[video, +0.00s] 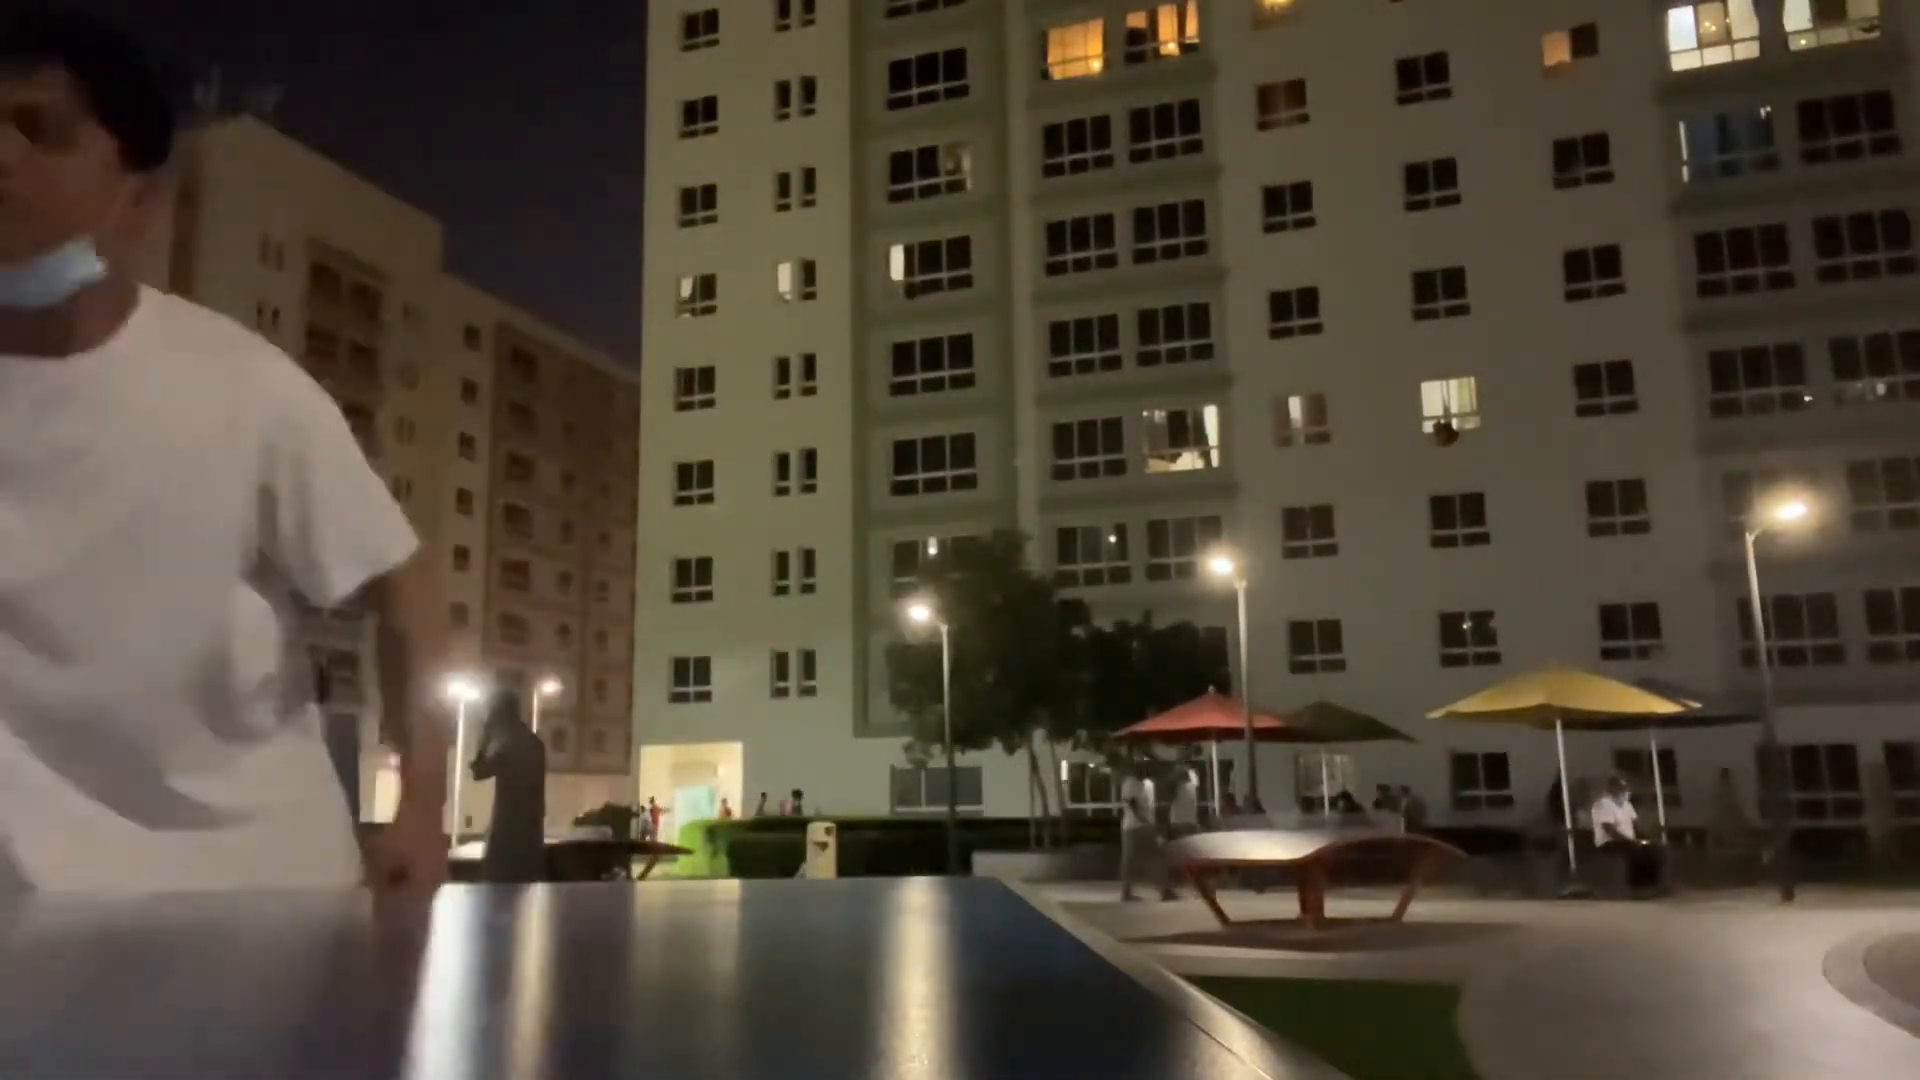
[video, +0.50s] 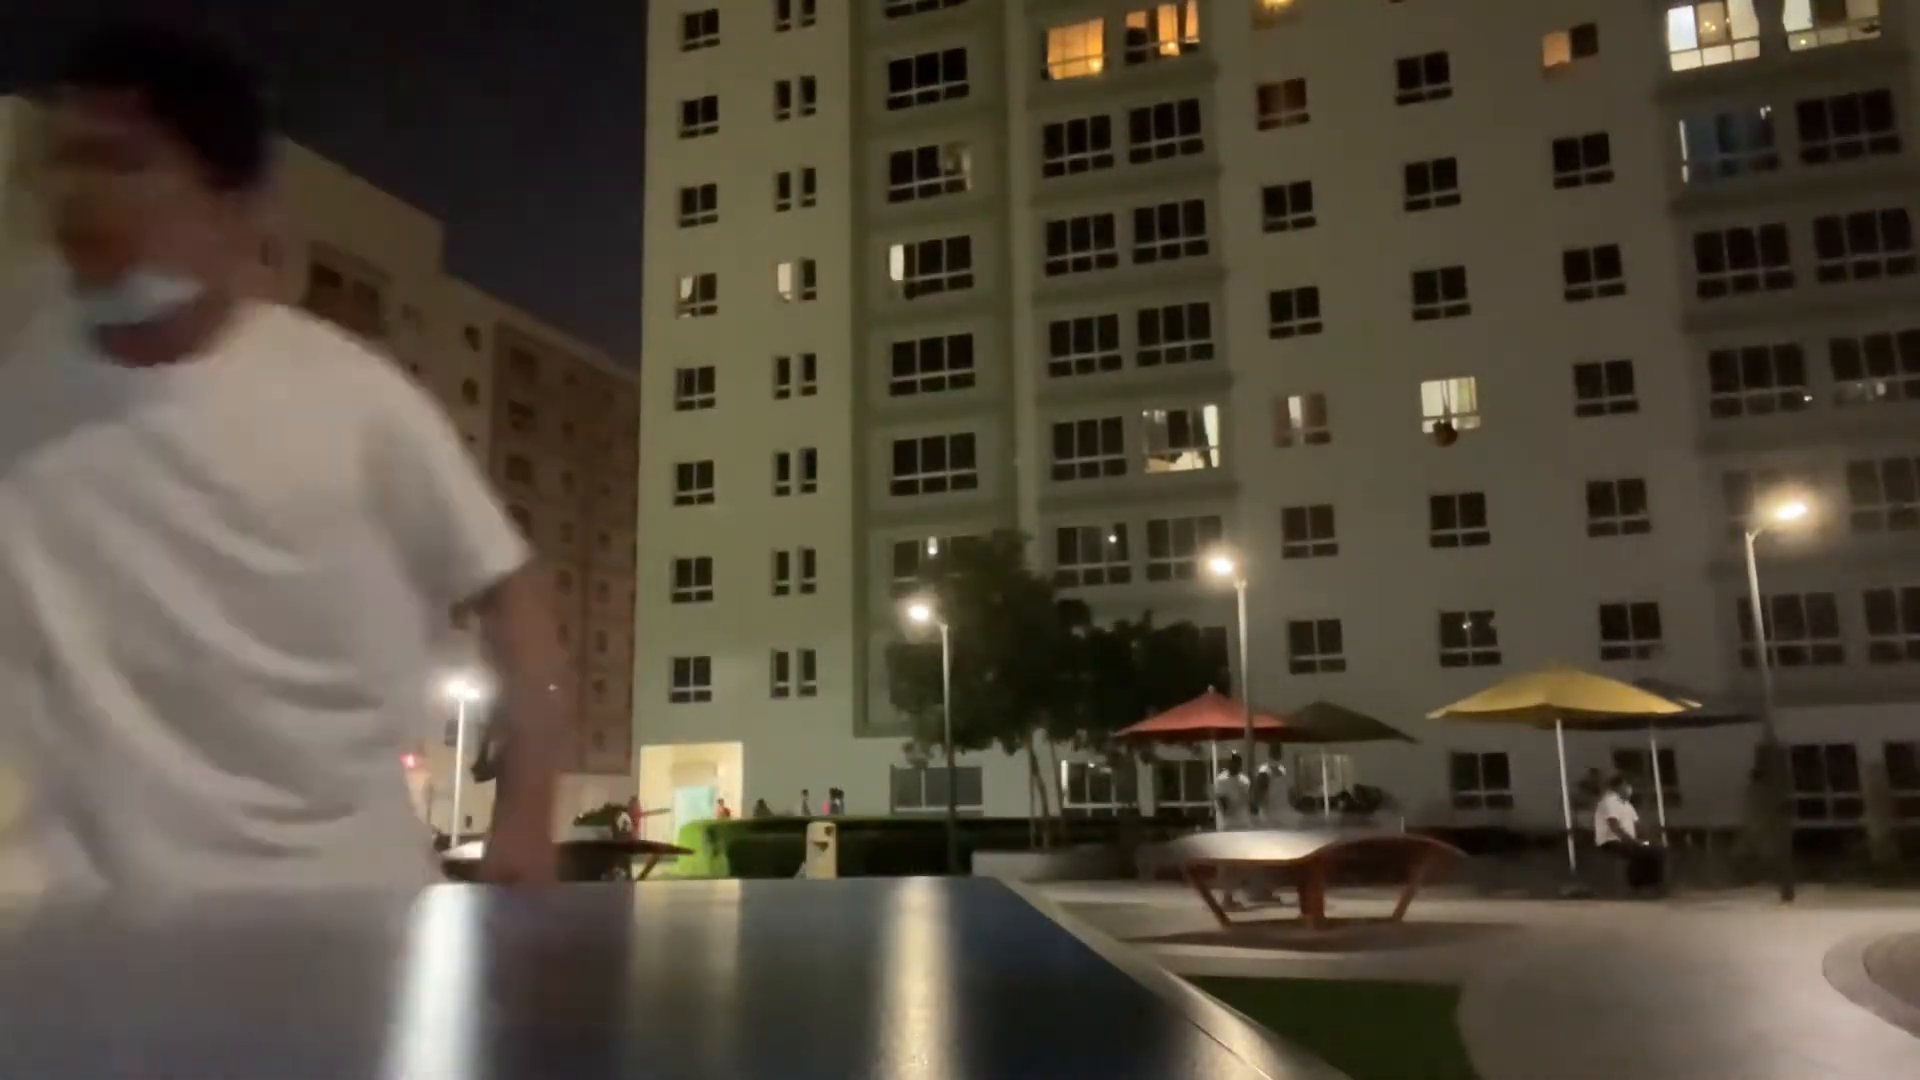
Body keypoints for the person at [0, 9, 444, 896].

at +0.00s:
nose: (2, 161)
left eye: (37, 133)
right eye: (4, 128)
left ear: (136, 186)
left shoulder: (239, 387)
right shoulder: (13, 373)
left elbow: (407, 584)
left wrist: (423, 809)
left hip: (255, 890)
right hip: (40, 895)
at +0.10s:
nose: (33, 130)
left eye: (80, 104)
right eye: (8, 100)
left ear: (169, 178)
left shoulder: (268, 380)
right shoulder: (13, 360)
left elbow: (421, 598)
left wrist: (425, 799)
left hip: (252, 907)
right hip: (28, 904)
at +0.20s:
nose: (132, 146)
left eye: (177, 122)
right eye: (106, 116)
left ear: (261, 174)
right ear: (73, 147)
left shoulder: (352, 390)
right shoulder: (20, 367)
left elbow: (501, 619)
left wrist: (490, 823)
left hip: (298, 922)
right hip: (46, 911)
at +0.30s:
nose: (231, 155)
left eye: (272, 133)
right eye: (204, 128)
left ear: (346, 193)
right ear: (167, 172)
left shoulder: (450, 392)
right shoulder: (59, 384)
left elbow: (586, 591)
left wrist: (590, 807)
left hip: (378, 902)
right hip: (128, 901)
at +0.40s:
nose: (228, 164)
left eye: (272, 140)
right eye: (203, 136)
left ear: (355, 201)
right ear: (170, 174)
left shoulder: (455, 397)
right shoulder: (69, 390)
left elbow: (590, 596)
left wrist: (611, 801)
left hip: (388, 922)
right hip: (129, 918)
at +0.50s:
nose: (74, 198)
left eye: (116, 162)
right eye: (60, 163)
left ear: (232, 196)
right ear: (39, 181)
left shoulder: (354, 399)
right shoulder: (22, 402)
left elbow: (515, 601)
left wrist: (523, 839)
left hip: (344, 928)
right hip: (97, 935)